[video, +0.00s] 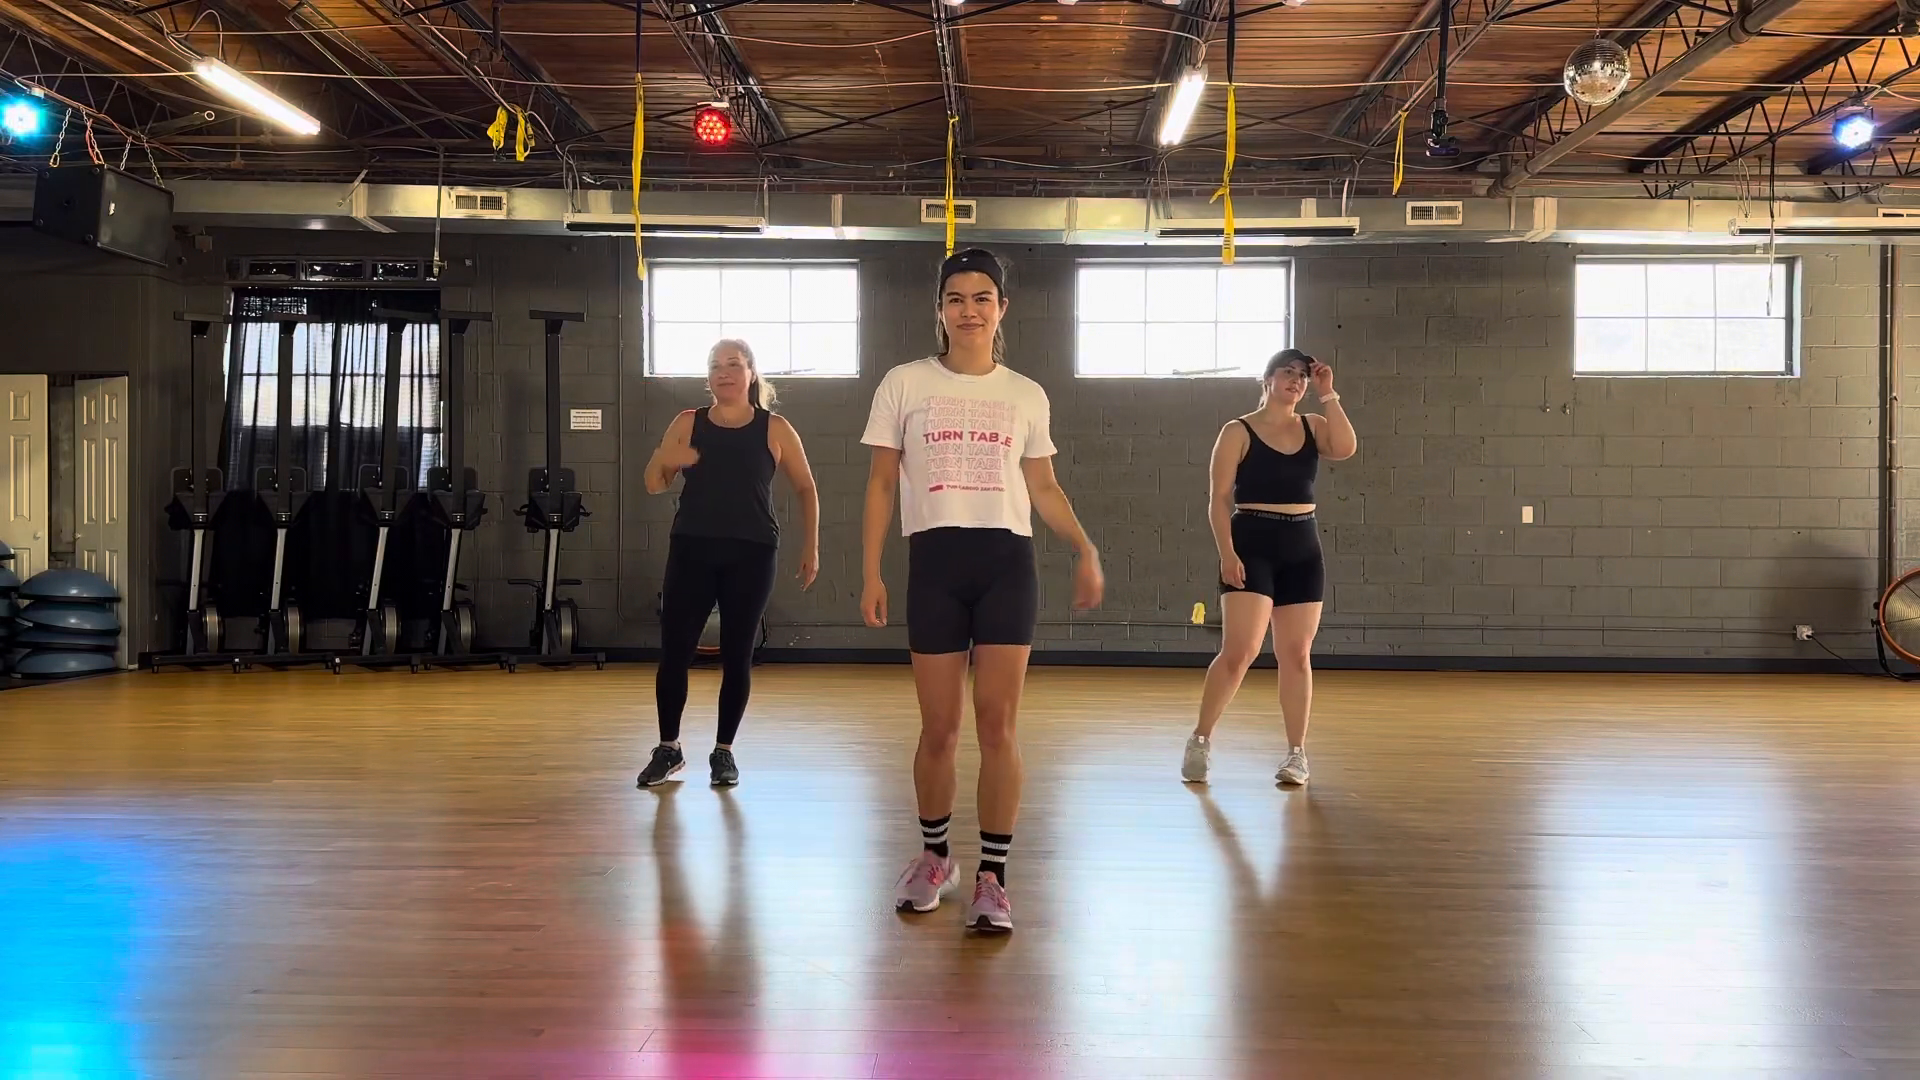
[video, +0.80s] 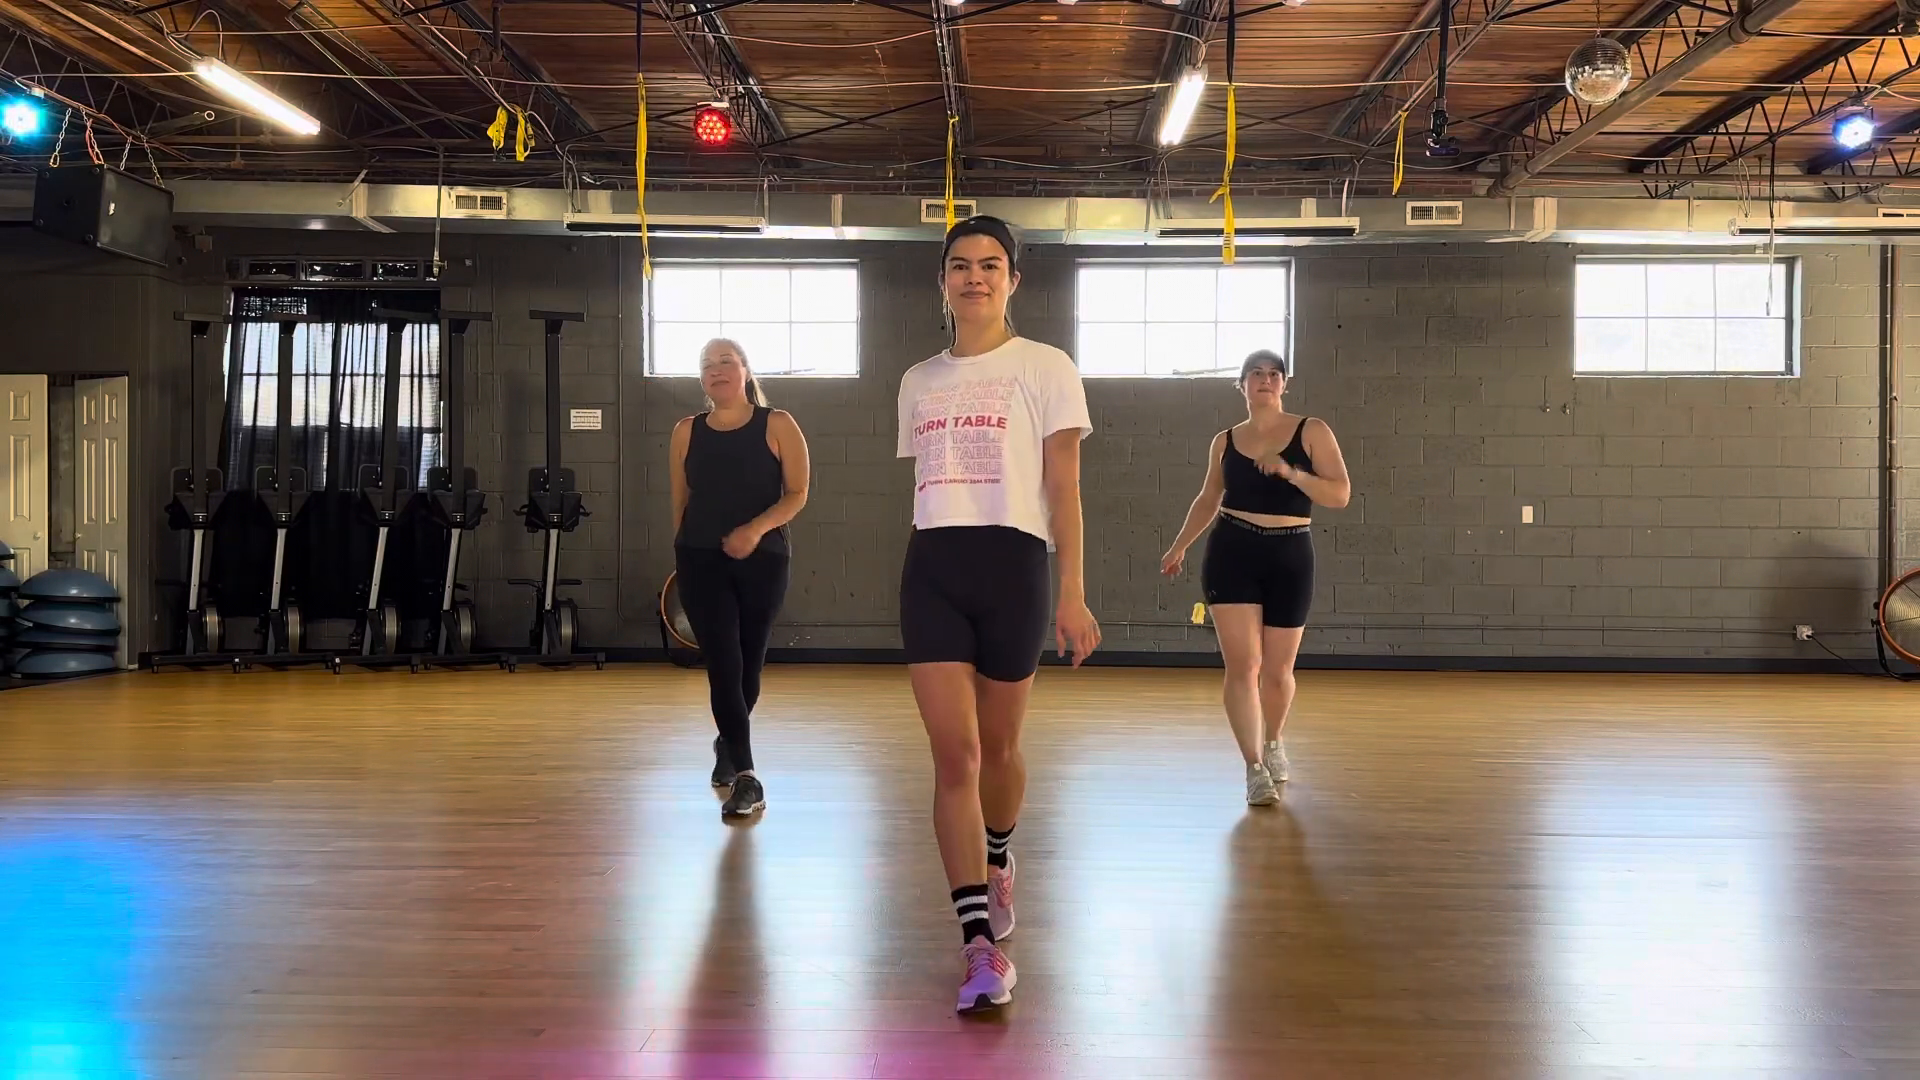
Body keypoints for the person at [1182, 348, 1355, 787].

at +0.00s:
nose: (1294, 380)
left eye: (1301, 376)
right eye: (1286, 372)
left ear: (1305, 389)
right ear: (1267, 380)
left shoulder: (1311, 426)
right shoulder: (1238, 431)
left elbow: (1345, 447)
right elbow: (1220, 498)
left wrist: (1328, 394)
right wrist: (1227, 554)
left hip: (1303, 548)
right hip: (1251, 545)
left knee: (1297, 654)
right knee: (1239, 652)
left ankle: (1296, 753)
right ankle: (1200, 740)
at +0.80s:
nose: (1266, 379)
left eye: (1273, 373)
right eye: (1257, 374)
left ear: (1285, 384)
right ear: (1242, 386)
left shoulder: (1311, 431)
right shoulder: (1225, 441)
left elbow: (1340, 494)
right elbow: (1208, 499)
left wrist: (1293, 473)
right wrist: (1180, 545)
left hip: (1290, 557)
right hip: (1231, 554)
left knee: (1277, 671)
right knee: (1242, 667)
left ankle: (1272, 742)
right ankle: (1254, 768)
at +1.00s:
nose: (1261, 372)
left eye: (1269, 365)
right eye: (1252, 365)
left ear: (1281, 376)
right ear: (1238, 376)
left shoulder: (1309, 423)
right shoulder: (1218, 438)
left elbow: (1345, 483)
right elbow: (1193, 505)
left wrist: (1311, 517)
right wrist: (1155, 561)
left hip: (1287, 551)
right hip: (1228, 550)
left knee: (1284, 672)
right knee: (1241, 664)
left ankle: (1289, 749)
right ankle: (1254, 769)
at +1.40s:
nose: (1267, 368)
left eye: (1275, 361)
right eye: (1258, 360)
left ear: (1285, 372)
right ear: (1241, 370)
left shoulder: (1309, 424)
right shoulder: (1209, 428)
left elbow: (1330, 491)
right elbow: (1191, 503)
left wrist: (1336, 553)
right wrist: (1201, 556)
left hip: (1293, 555)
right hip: (1228, 556)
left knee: (1270, 668)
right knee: (1246, 677)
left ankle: (1253, 775)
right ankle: (1263, 778)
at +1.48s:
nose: (1268, 373)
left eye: (1277, 367)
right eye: (1260, 365)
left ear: (1288, 379)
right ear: (1242, 375)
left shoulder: (1309, 434)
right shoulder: (1210, 432)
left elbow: (1322, 504)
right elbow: (1189, 505)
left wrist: (1331, 568)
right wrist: (1218, 556)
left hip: (1293, 567)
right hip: (1227, 566)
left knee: (1270, 688)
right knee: (1243, 689)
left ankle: (1254, 800)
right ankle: (1266, 780)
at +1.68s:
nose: (1275, 355)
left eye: (1284, 349)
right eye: (1265, 347)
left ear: (1295, 364)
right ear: (1248, 358)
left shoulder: (1314, 430)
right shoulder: (1211, 415)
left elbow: (1319, 506)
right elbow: (1184, 494)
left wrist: (1334, 572)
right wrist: (1209, 562)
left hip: (1297, 566)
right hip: (1226, 563)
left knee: (1274, 690)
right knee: (1229, 693)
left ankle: (1257, 809)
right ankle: (1236, 772)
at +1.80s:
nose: (1276, 347)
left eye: (1286, 341)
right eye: (1267, 340)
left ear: (1297, 356)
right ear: (1248, 353)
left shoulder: (1318, 428)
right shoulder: (1210, 412)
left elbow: (1332, 505)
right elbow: (1179, 491)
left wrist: (1358, 562)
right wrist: (1166, 561)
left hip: (1296, 568)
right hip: (1225, 565)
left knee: (1274, 691)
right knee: (1218, 695)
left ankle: (1253, 811)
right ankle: (1215, 772)